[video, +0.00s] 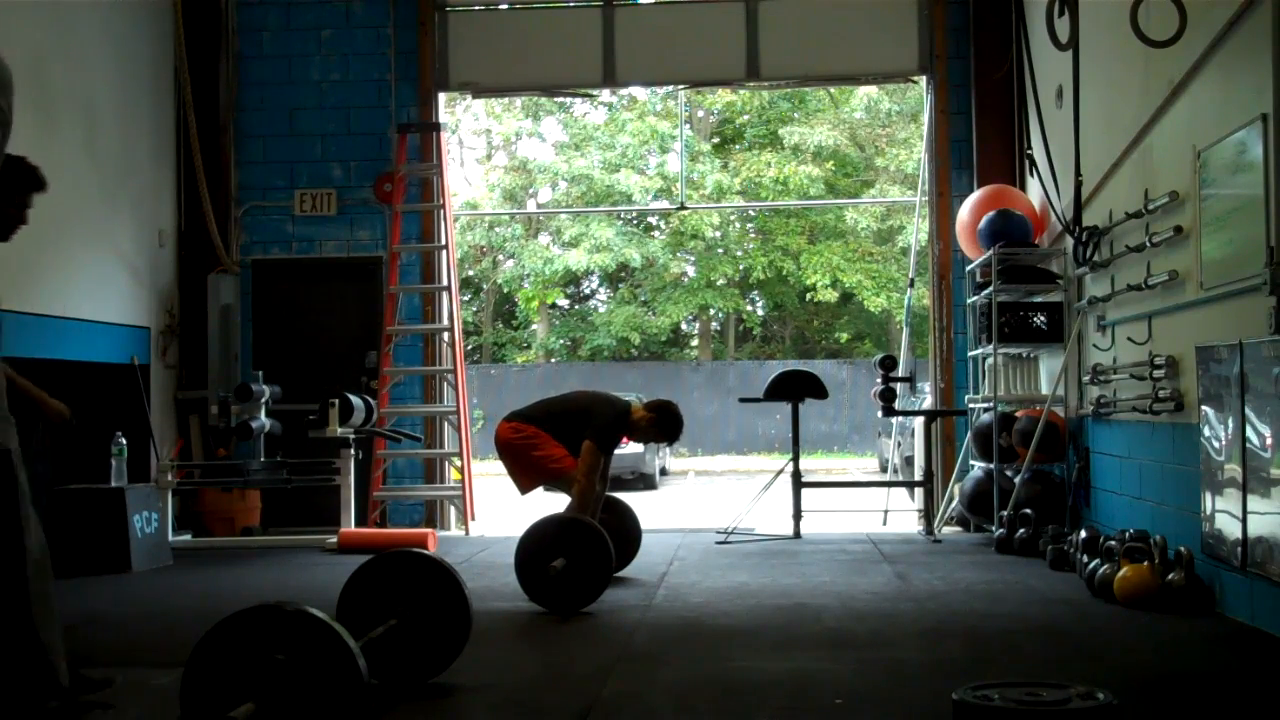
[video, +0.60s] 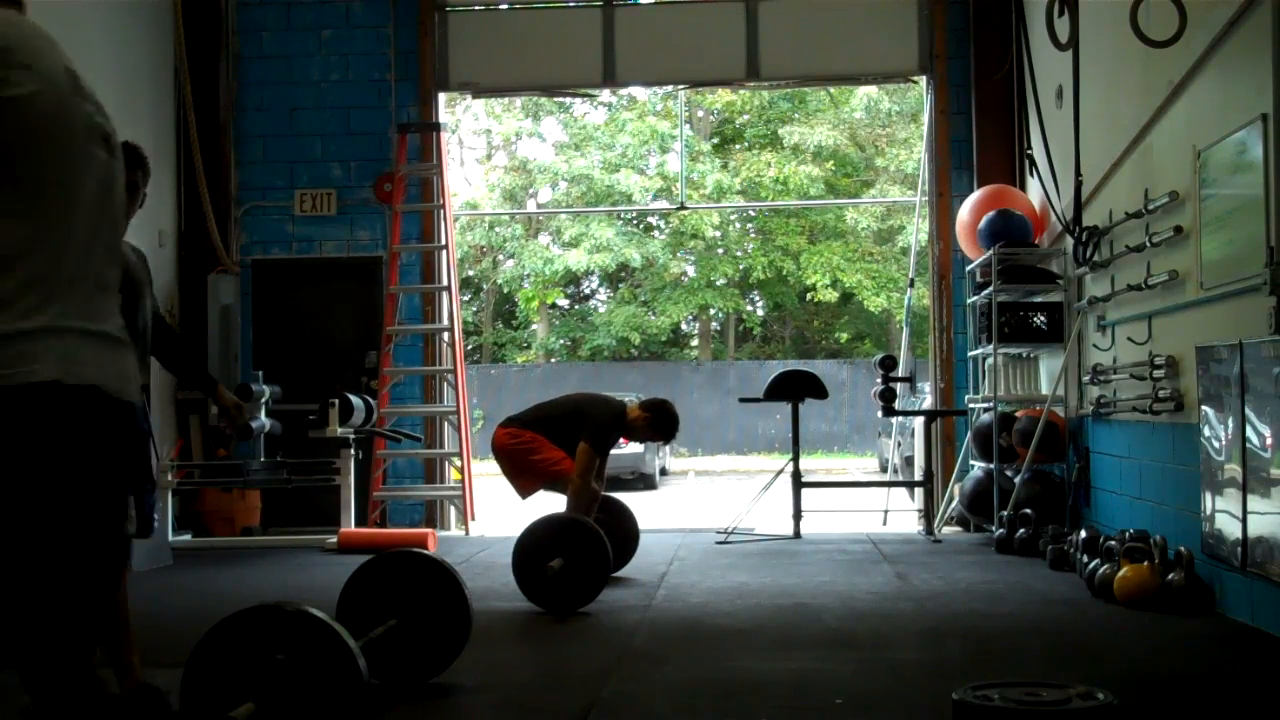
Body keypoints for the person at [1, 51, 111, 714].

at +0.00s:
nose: (21, 223)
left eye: (25, 211)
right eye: (18, 210)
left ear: (15, 206)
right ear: (0, 202)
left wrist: (36, 399)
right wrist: (37, 398)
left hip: (5, 430)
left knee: (26, 544)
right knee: (25, 546)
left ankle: (51, 673)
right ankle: (49, 676)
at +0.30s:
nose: (104, 207)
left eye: (107, 196)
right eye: (97, 195)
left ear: (82, 195)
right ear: (67, 189)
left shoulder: (68, 256)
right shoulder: (24, 245)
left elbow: (79, 336)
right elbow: (19, 333)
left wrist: (88, 394)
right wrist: (42, 404)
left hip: (73, 409)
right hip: (44, 410)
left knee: (71, 541)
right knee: (53, 543)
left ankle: (60, 668)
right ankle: (50, 672)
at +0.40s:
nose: (109, 204)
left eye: (116, 195)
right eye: (102, 191)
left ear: (117, 198)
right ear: (74, 184)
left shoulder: (96, 261)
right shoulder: (35, 245)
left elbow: (115, 341)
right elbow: (28, 334)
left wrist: (160, 399)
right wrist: (53, 404)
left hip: (94, 412)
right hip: (55, 411)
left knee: (100, 538)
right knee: (64, 539)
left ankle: (77, 667)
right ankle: (61, 670)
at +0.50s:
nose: (117, 199)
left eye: (124, 190)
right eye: (109, 186)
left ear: (130, 199)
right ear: (84, 185)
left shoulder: (115, 261)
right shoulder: (59, 251)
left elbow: (142, 334)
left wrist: (192, 389)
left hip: (115, 414)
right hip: (75, 414)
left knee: (107, 544)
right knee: (89, 549)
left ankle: (90, 659)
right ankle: (105, 666)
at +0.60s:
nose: (136, 198)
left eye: (140, 188)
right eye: (130, 185)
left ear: (141, 196)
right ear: (107, 185)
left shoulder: (130, 263)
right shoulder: (85, 256)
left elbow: (160, 338)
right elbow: (157, 339)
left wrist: (218, 388)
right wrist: (214, 387)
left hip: (127, 415)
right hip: (88, 412)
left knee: (118, 552)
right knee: (107, 555)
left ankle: (121, 670)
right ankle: (121, 673)